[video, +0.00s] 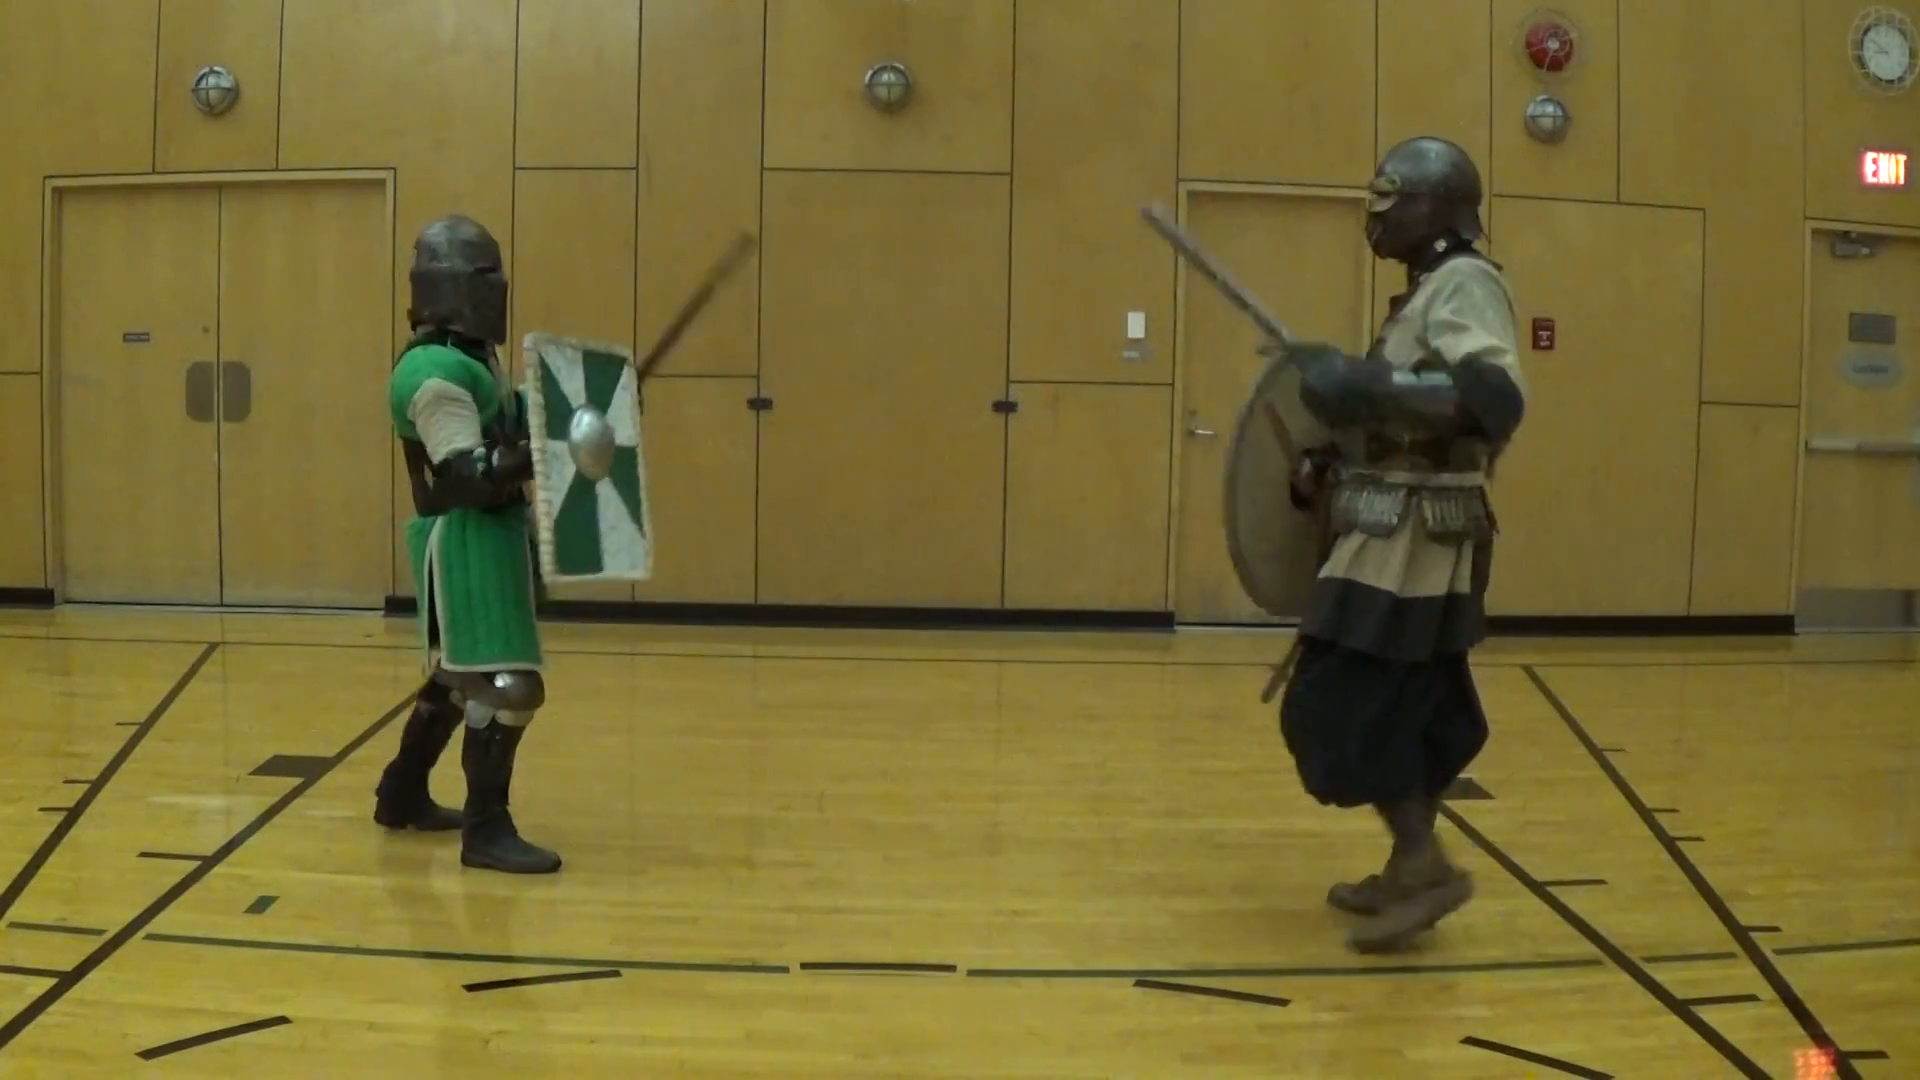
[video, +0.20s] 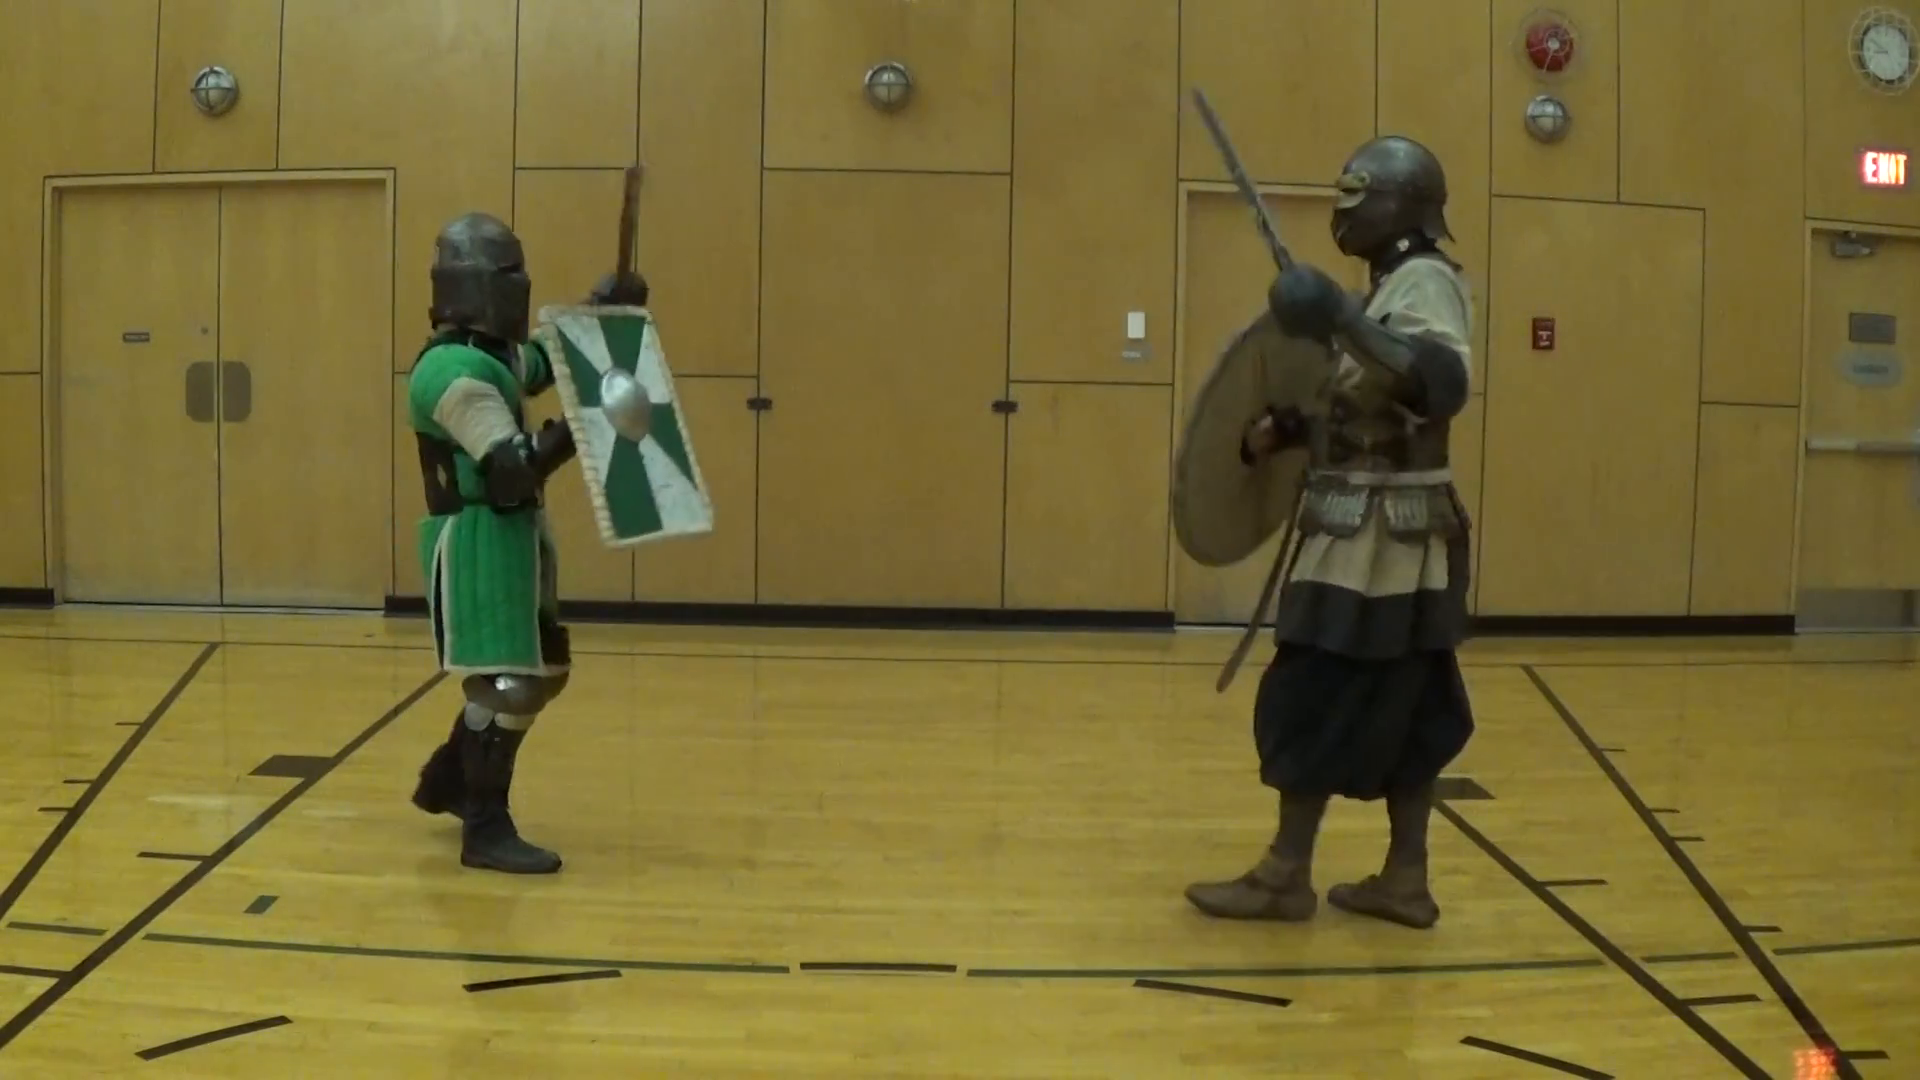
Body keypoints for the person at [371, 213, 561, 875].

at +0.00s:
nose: (498, 288)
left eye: (496, 276)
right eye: (484, 278)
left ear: (442, 294)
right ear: (448, 290)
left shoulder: (471, 361)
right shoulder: (433, 372)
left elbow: (506, 433)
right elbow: (466, 476)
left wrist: (551, 388)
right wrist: (549, 451)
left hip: (481, 530)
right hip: (465, 535)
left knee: (457, 673)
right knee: (507, 686)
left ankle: (403, 790)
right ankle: (488, 831)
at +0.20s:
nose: (521, 290)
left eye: (519, 276)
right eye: (509, 278)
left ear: (465, 291)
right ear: (476, 288)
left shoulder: (497, 357)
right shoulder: (452, 369)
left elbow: (559, 357)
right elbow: (508, 477)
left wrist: (607, 312)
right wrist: (577, 421)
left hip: (515, 529)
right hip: (477, 535)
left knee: (545, 667)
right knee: (507, 681)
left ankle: (448, 774)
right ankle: (487, 831)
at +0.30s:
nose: (532, 288)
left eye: (531, 275)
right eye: (522, 275)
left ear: (472, 285)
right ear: (491, 285)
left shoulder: (506, 352)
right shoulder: (464, 366)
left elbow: (566, 334)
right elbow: (527, 463)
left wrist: (601, 281)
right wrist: (597, 404)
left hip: (521, 528)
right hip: (489, 533)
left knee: (541, 671)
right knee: (515, 679)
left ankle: (468, 787)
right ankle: (487, 827)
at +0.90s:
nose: (659, 318)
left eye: (655, 306)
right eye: (649, 307)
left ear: (597, 316)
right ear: (621, 316)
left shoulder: (622, 376)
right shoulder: (589, 391)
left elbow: (687, 364)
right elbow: (643, 486)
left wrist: (721, 309)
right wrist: (707, 434)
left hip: (595, 556)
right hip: (609, 558)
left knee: (566, 689)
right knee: (671, 696)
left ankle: (477, 796)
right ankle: (689, 842)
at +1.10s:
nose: (734, 326)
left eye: (732, 316)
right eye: (723, 316)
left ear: (676, 327)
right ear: (692, 327)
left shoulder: (708, 379)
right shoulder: (667, 407)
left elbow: (764, 345)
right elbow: (737, 503)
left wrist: (801, 295)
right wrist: (810, 449)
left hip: (714, 559)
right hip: (687, 564)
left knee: (742, 699)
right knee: (747, 706)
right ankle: (697, 846)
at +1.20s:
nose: (779, 339)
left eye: (777, 329)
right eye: (771, 329)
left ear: (722, 333)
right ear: (744, 338)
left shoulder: (739, 394)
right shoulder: (716, 416)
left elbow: (785, 343)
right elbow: (786, 507)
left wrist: (822, 284)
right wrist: (860, 454)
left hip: (766, 565)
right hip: (732, 573)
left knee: (843, 669)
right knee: (774, 711)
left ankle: (757, 782)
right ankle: (700, 843)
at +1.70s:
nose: (979, 336)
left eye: (976, 329)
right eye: (972, 326)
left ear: (915, 330)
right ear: (955, 331)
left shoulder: (917, 391)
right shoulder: (930, 405)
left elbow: (978, 365)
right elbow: (971, 509)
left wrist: (1017, 303)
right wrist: (1041, 459)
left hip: (925, 561)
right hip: (943, 566)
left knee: (988, 678)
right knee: (1030, 669)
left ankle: (910, 775)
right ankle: (1012, 802)